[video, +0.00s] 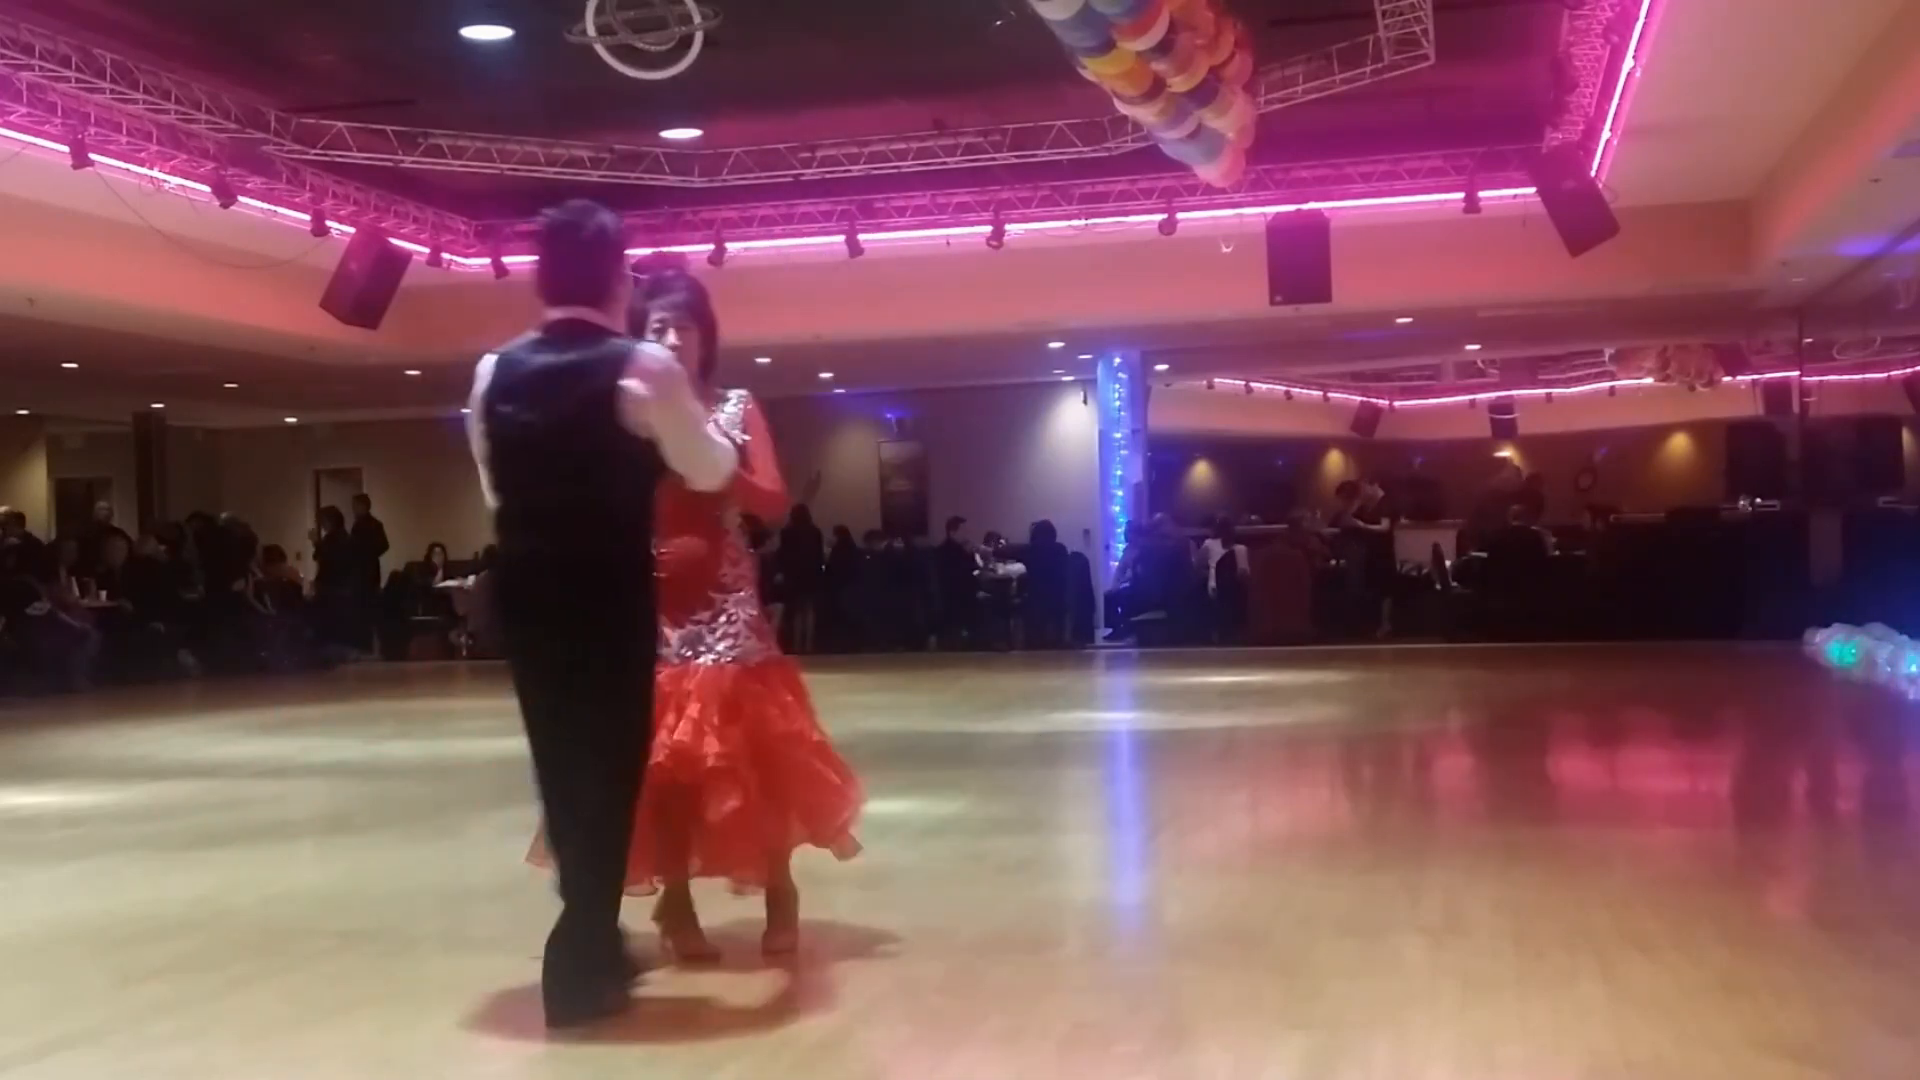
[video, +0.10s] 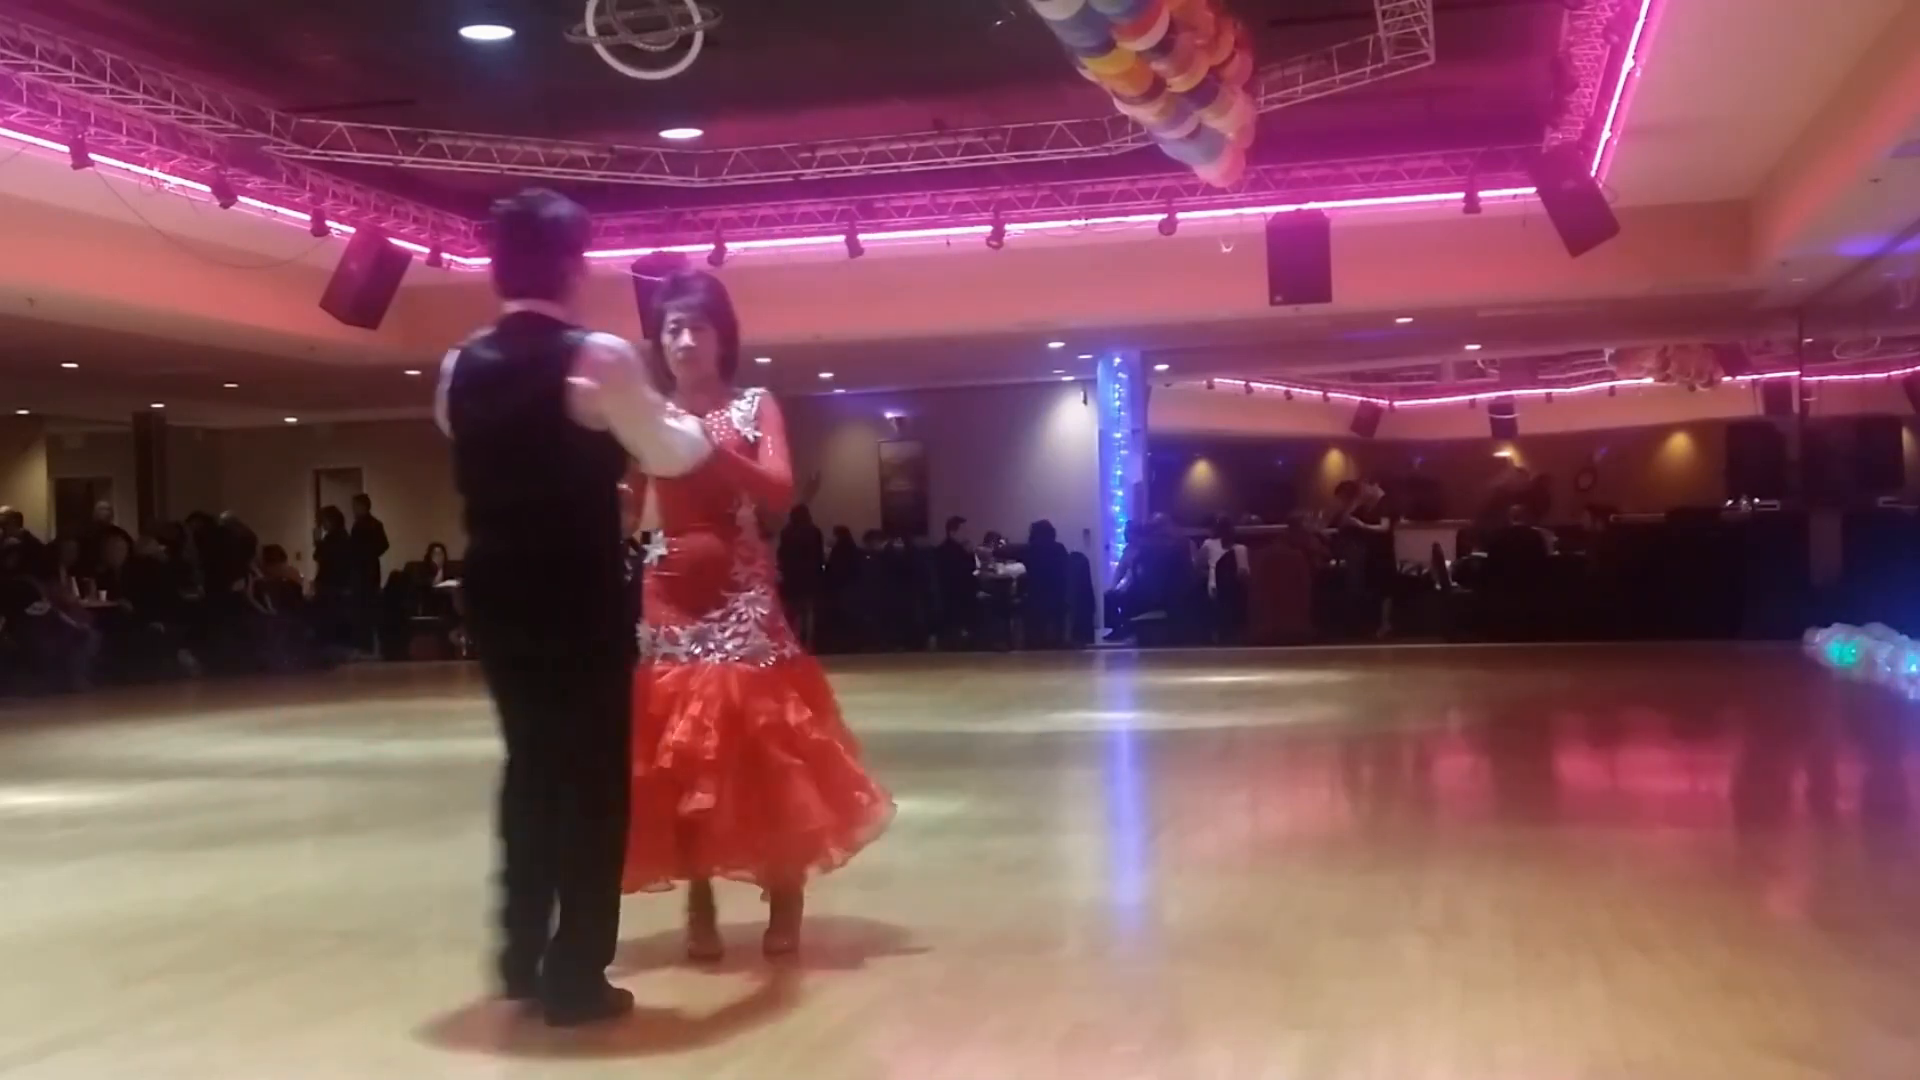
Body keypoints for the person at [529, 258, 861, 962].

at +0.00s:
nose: (669, 339)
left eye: (682, 325)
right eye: (655, 327)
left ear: (707, 337)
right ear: (638, 340)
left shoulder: (734, 410)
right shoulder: (625, 418)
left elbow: (772, 503)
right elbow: (602, 498)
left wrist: (718, 464)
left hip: (723, 596)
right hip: (650, 601)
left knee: (744, 740)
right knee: (669, 753)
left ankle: (778, 891)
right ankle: (675, 898)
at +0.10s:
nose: (684, 339)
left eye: (697, 327)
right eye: (672, 330)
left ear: (724, 337)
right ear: (658, 343)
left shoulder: (755, 407)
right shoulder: (655, 418)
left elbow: (780, 491)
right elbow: (631, 515)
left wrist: (708, 446)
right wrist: (629, 451)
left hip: (740, 587)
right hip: (669, 591)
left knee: (759, 739)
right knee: (683, 745)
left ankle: (784, 889)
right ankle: (698, 894)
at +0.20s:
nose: (696, 342)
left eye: (710, 329)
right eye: (685, 331)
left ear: (739, 338)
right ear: (674, 344)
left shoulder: (767, 405)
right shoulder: (663, 421)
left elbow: (771, 475)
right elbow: (639, 520)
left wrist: (700, 438)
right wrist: (618, 490)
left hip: (753, 583)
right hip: (685, 586)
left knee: (765, 734)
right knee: (697, 741)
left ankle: (784, 885)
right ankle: (710, 890)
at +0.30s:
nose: (706, 348)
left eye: (720, 335)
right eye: (696, 337)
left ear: (750, 340)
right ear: (687, 347)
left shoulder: (778, 403)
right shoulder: (679, 420)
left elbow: (756, 441)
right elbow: (643, 500)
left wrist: (690, 426)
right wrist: (630, 461)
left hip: (765, 582)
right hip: (699, 584)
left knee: (766, 732)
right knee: (704, 737)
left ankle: (778, 882)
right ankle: (710, 889)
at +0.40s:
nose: (716, 347)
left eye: (730, 334)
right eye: (706, 336)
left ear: (761, 342)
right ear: (697, 348)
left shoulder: (788, 404)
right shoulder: (687, 420)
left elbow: (757, 431)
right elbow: (647, 466)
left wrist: (685, 438)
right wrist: (637, 456)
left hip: (771, 581)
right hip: (704, 583)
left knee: (764, 730)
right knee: (706, 733)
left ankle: (764, 882)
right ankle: (710, 888)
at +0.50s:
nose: (720, 340)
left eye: (734, 328)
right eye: (708, 330)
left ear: (763, 338)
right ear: (698, 343)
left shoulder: (788, 404)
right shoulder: (686, 418)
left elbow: (736, 441)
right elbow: (627, 456)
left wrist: (663, 442)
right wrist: (576, 432)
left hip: (771, 586)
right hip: (703, 587)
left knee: (758, 736)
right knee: (707, 739)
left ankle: (747, 893)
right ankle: (709, 883)